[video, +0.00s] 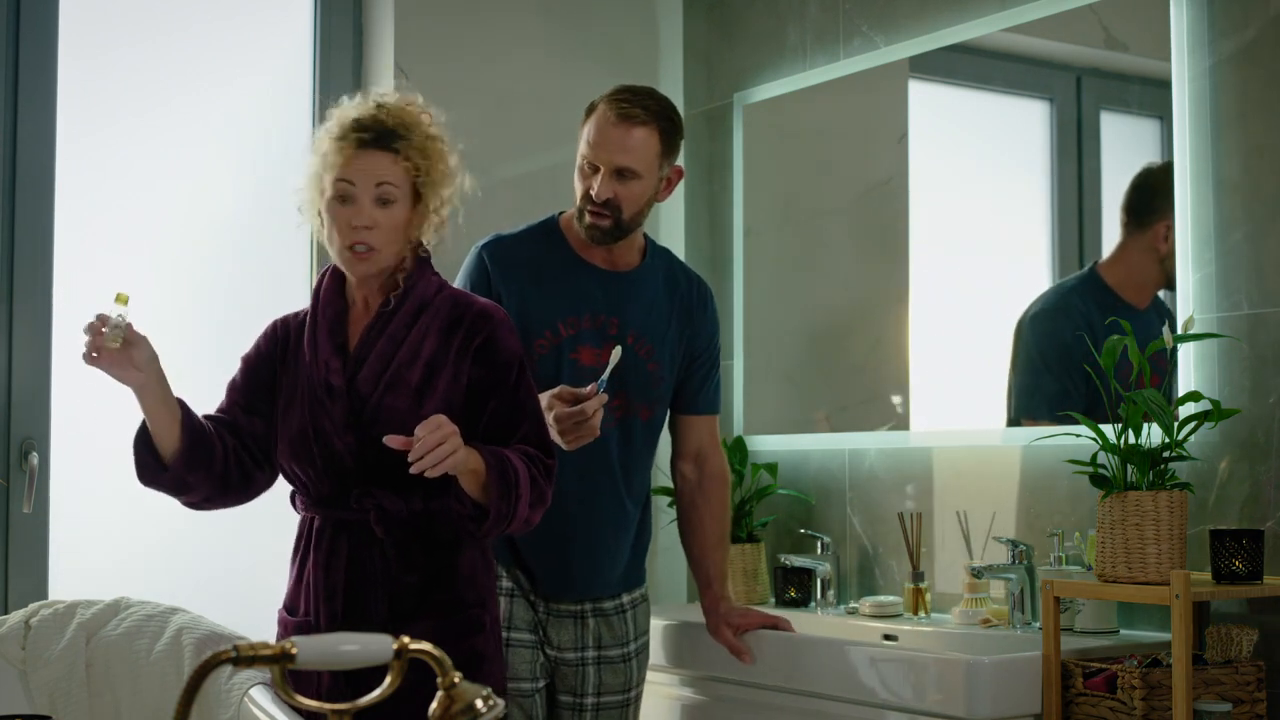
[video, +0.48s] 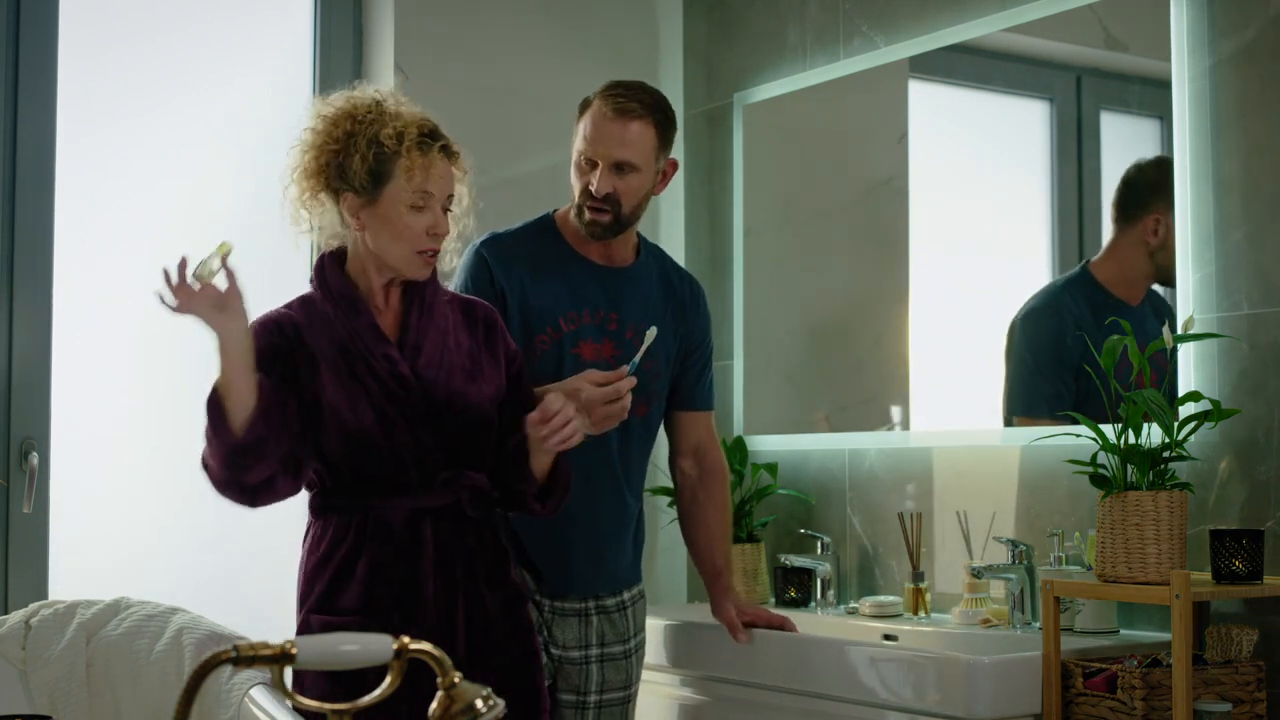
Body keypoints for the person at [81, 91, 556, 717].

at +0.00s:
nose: (360, 218)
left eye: (385, 199)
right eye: (343, 197)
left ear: (422, 214)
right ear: (321, 208)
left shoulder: (477, 331)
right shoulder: (289, 343)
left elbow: (529, 485)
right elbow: (222, 473)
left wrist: (466, 460)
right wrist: (148, 381)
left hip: (445, 617)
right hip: (319, 617)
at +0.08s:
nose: (388, 218)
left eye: (407, 197)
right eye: (366, 196)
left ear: (429, 210)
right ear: (326, 208)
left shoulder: (479, 330)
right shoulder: (287, 343)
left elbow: (532, 487)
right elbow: (226, 478)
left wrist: (473, 459)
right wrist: (148, 391)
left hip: (451, 618)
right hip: (324, 618)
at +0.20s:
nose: (414, 218)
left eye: (427, 197)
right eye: (389, 196)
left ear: (439, 206)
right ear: (336, 210)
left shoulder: (481, 329)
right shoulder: (283, 342)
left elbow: (538, 484)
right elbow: (232, 482)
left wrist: (487, 456)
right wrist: (154, 402)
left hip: (463, 608)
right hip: (334, 608)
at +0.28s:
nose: (422, 220)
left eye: (433, 200)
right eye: (398, 198)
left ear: (443, 207)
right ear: (341, 208)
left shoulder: (481, 329)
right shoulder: (283, 342)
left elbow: (539, 488)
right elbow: (237, 489)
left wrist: (504, 459)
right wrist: (167, 401)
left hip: (469, 609)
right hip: (341, 609)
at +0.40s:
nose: (435, 224)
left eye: (441, 204)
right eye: (412, 201)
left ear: (451, 207)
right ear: (348, 205)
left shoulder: (479, 328)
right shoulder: (284, 341)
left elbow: (529, 505)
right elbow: (241, 497)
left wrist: (535, 454)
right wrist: (205, 369)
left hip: (479, 612)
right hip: (349, 619)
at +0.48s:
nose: (441, 227)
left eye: (446, 207)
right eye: (420, 206)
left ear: (453, 210)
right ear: (355, 211)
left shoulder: (478, 327)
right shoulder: (291, 336)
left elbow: (509, 489)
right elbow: (253, 481)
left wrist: (538, 448)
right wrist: (233, 336)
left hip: (482, 602)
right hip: (358, 606)